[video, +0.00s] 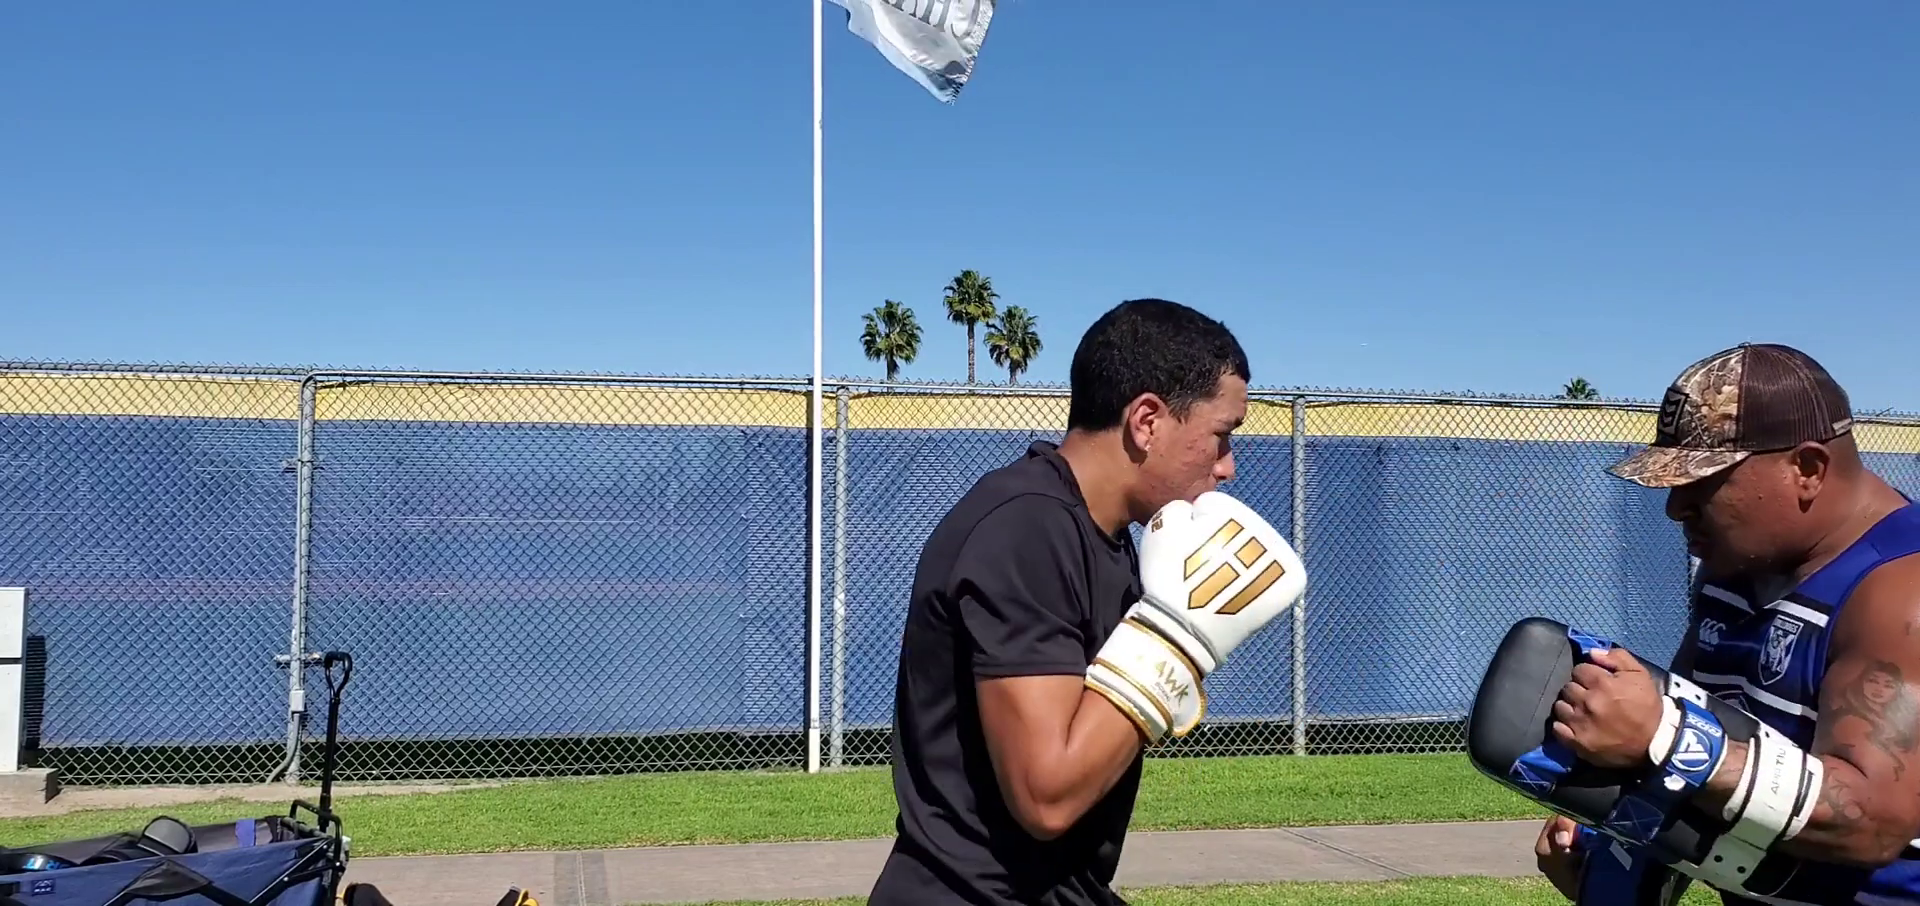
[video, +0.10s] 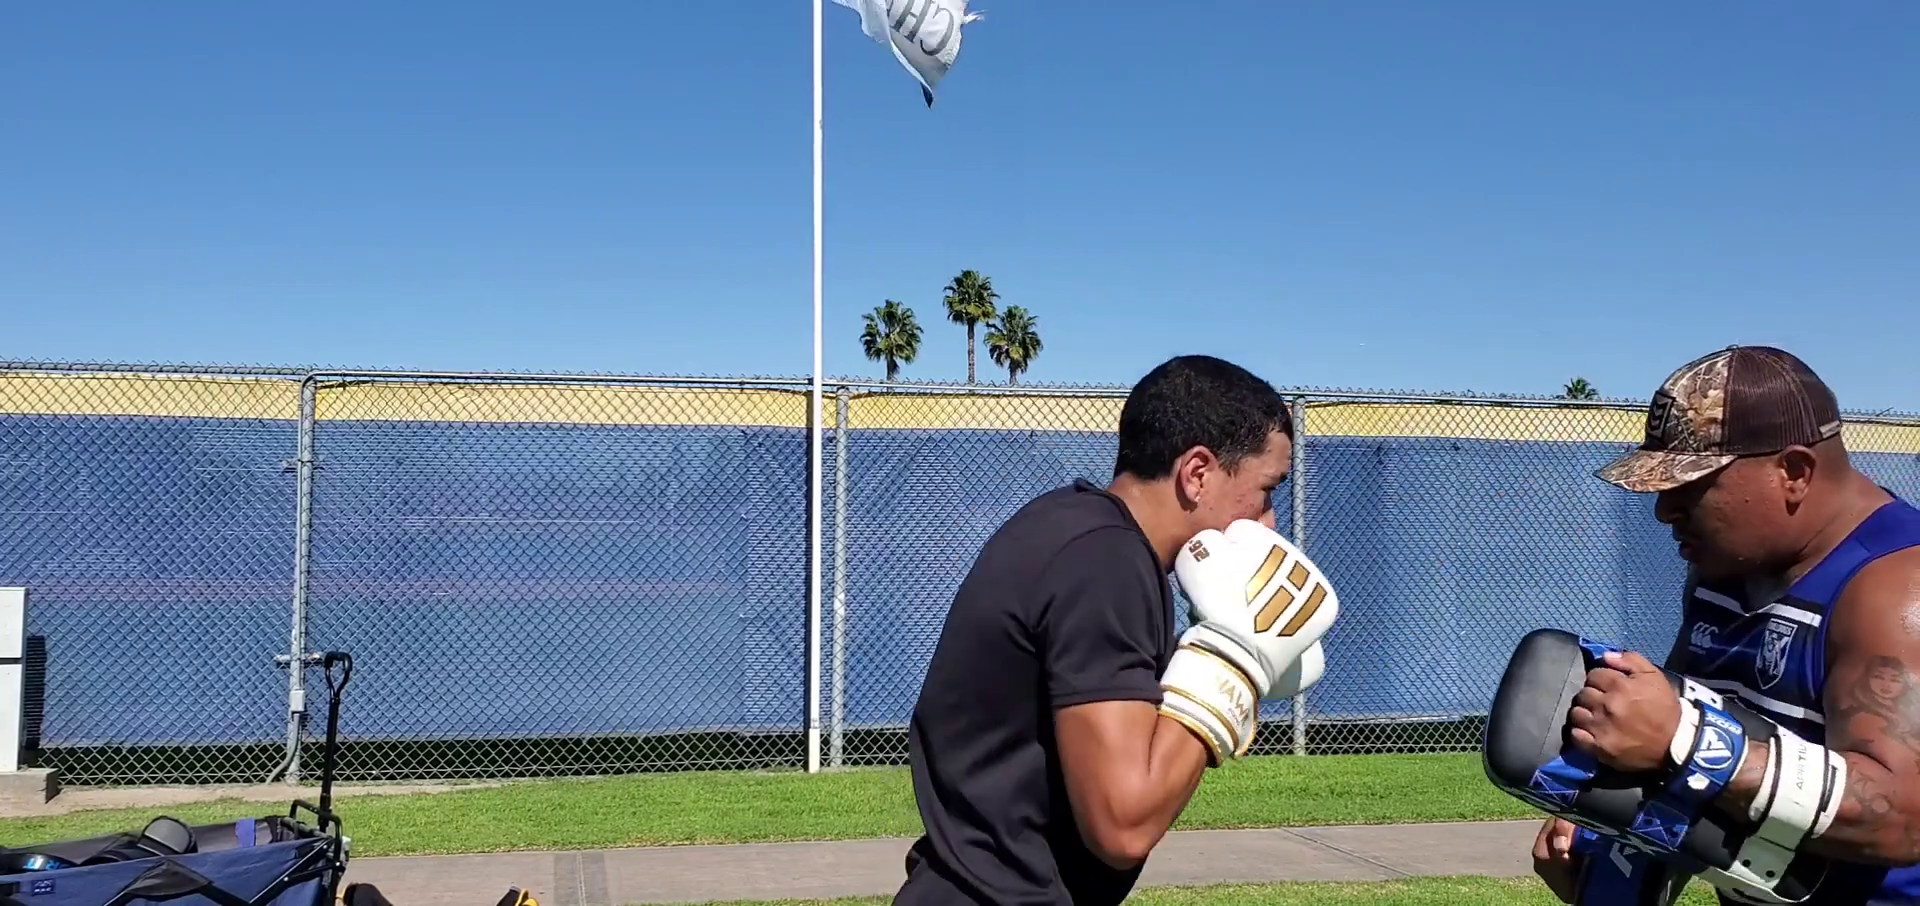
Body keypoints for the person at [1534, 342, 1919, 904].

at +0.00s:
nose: (1674, 508)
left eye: (1702, 483)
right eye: (1676, 482)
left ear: (1807, 471)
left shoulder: (1900, 594)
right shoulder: (1734, 557)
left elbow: (1870, 819)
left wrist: (1668, 735)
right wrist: (1611, 841)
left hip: (1869, 893)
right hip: (1753, 885)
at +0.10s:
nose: (1664, 511)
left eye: (1690, 485)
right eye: (1664, 486)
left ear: (1794, 475)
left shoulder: (1895, 594)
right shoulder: (1727, 562)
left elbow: (1896, 817)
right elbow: (1683, 721)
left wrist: (1691, 740)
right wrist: (1607, 834)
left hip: (1872, 891)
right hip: (1750, 885)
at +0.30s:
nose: (1631, 515)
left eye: (1648, 487)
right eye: (1630, 490)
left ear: (1743, 474)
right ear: (1744, 475)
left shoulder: (1848, 591)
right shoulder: (1749, 554)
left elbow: (1751, 798)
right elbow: (1713, 735)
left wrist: (1572, 684)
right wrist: (1613, 805)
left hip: (1857, 891)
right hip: (1766, 882)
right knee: (1590, 872)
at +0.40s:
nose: (1661, 504)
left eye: (1682, 478)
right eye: (1661, 481)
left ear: (1785, 468)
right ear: (1786, 470)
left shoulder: (1871, 588)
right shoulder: (1773, 566)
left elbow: (1756, 780)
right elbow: (1719, 737)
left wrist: (1564, 655)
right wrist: (1621, 810)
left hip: (1864, 893)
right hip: (1775, 885)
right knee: (1613, 858)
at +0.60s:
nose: (1740, 519)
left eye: (1770, 498)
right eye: (1734, 495)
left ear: (1881, 480)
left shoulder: (1899, 615)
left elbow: (1687, 708)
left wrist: (1647, 545)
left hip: (1874, 888)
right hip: (1764, 886)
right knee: (1599, 875)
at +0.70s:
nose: (1729, 537)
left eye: (1757, 513)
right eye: (1722, 512)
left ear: (1871, 487)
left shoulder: (1887, 621)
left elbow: (1657, 681)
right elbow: (1582, 870)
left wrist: (1663, 513)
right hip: (1762, 886)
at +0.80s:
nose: (1719, 537)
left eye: (1745, 513)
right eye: (1711, 512)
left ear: (1859, 485)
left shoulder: (1889, 625)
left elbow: (1663, 696)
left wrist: (1651, 517)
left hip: (1876, 894)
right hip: (1758, 888)